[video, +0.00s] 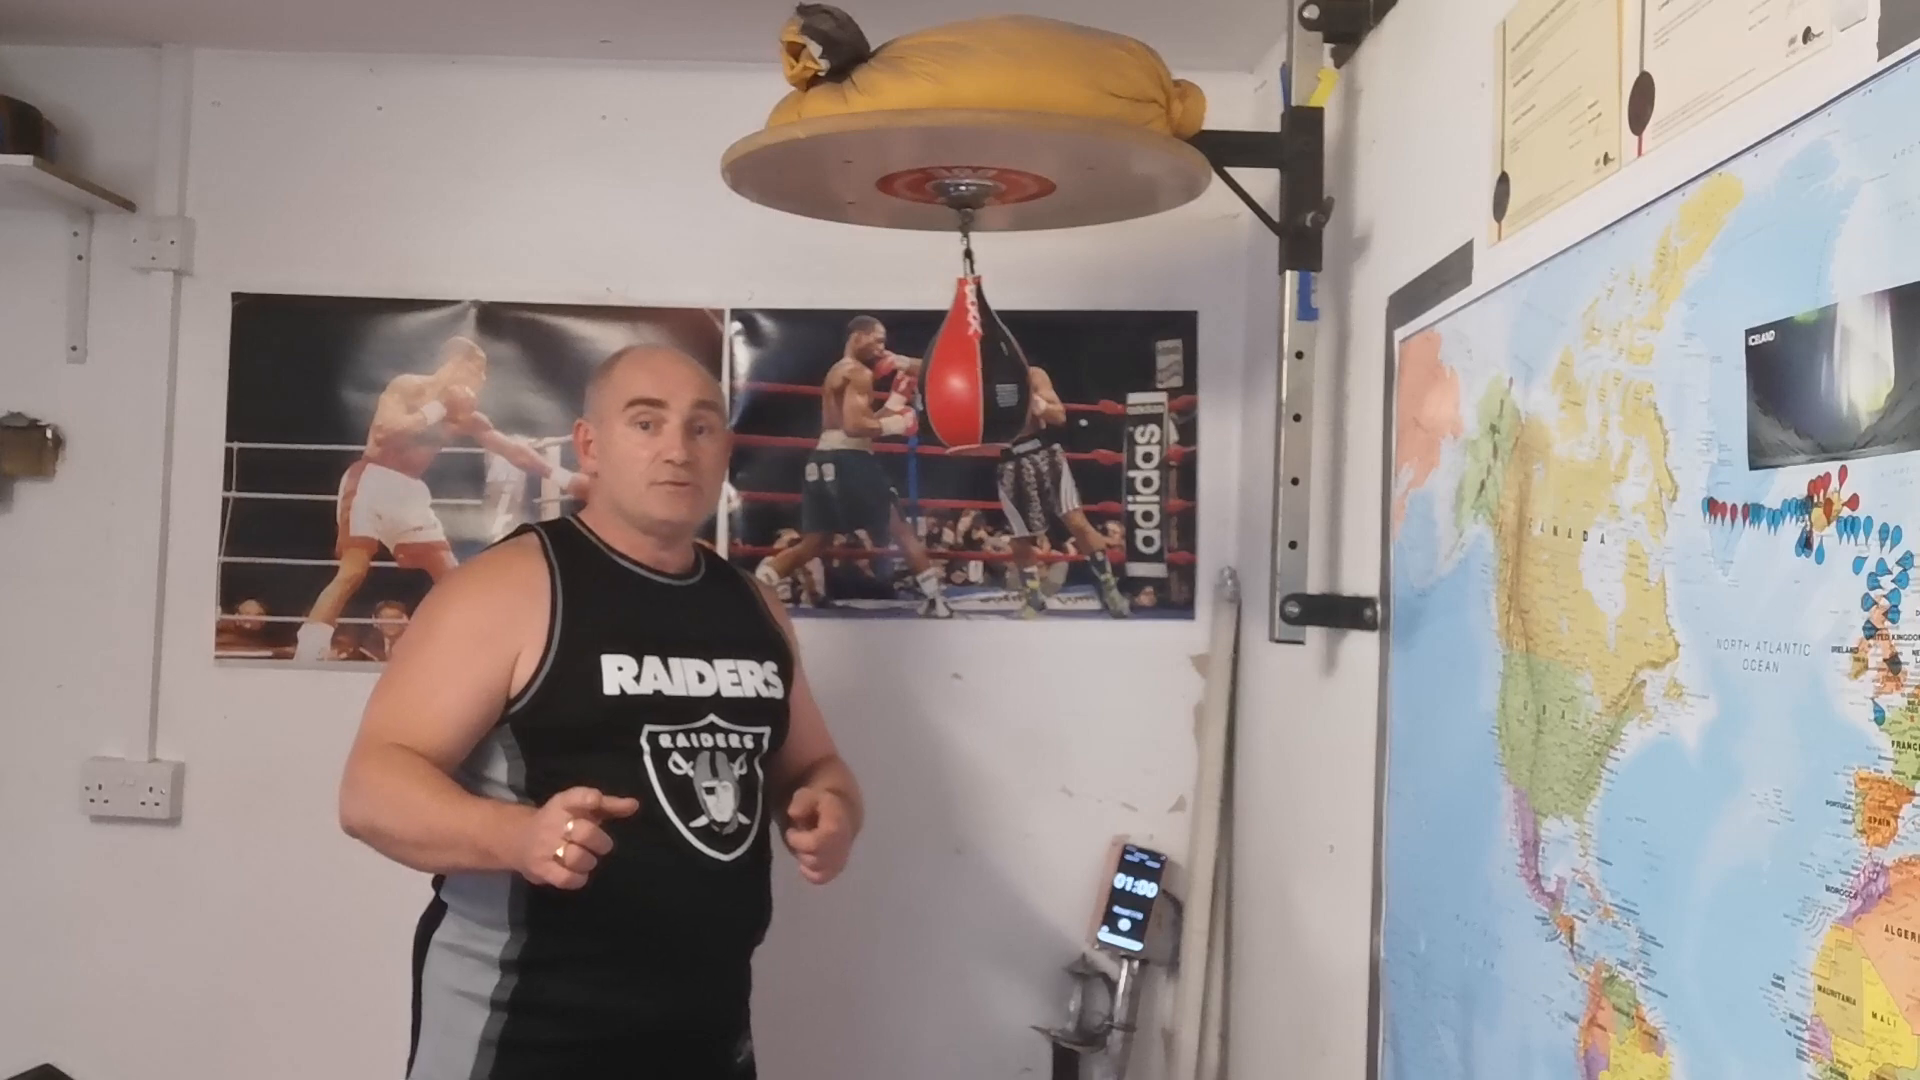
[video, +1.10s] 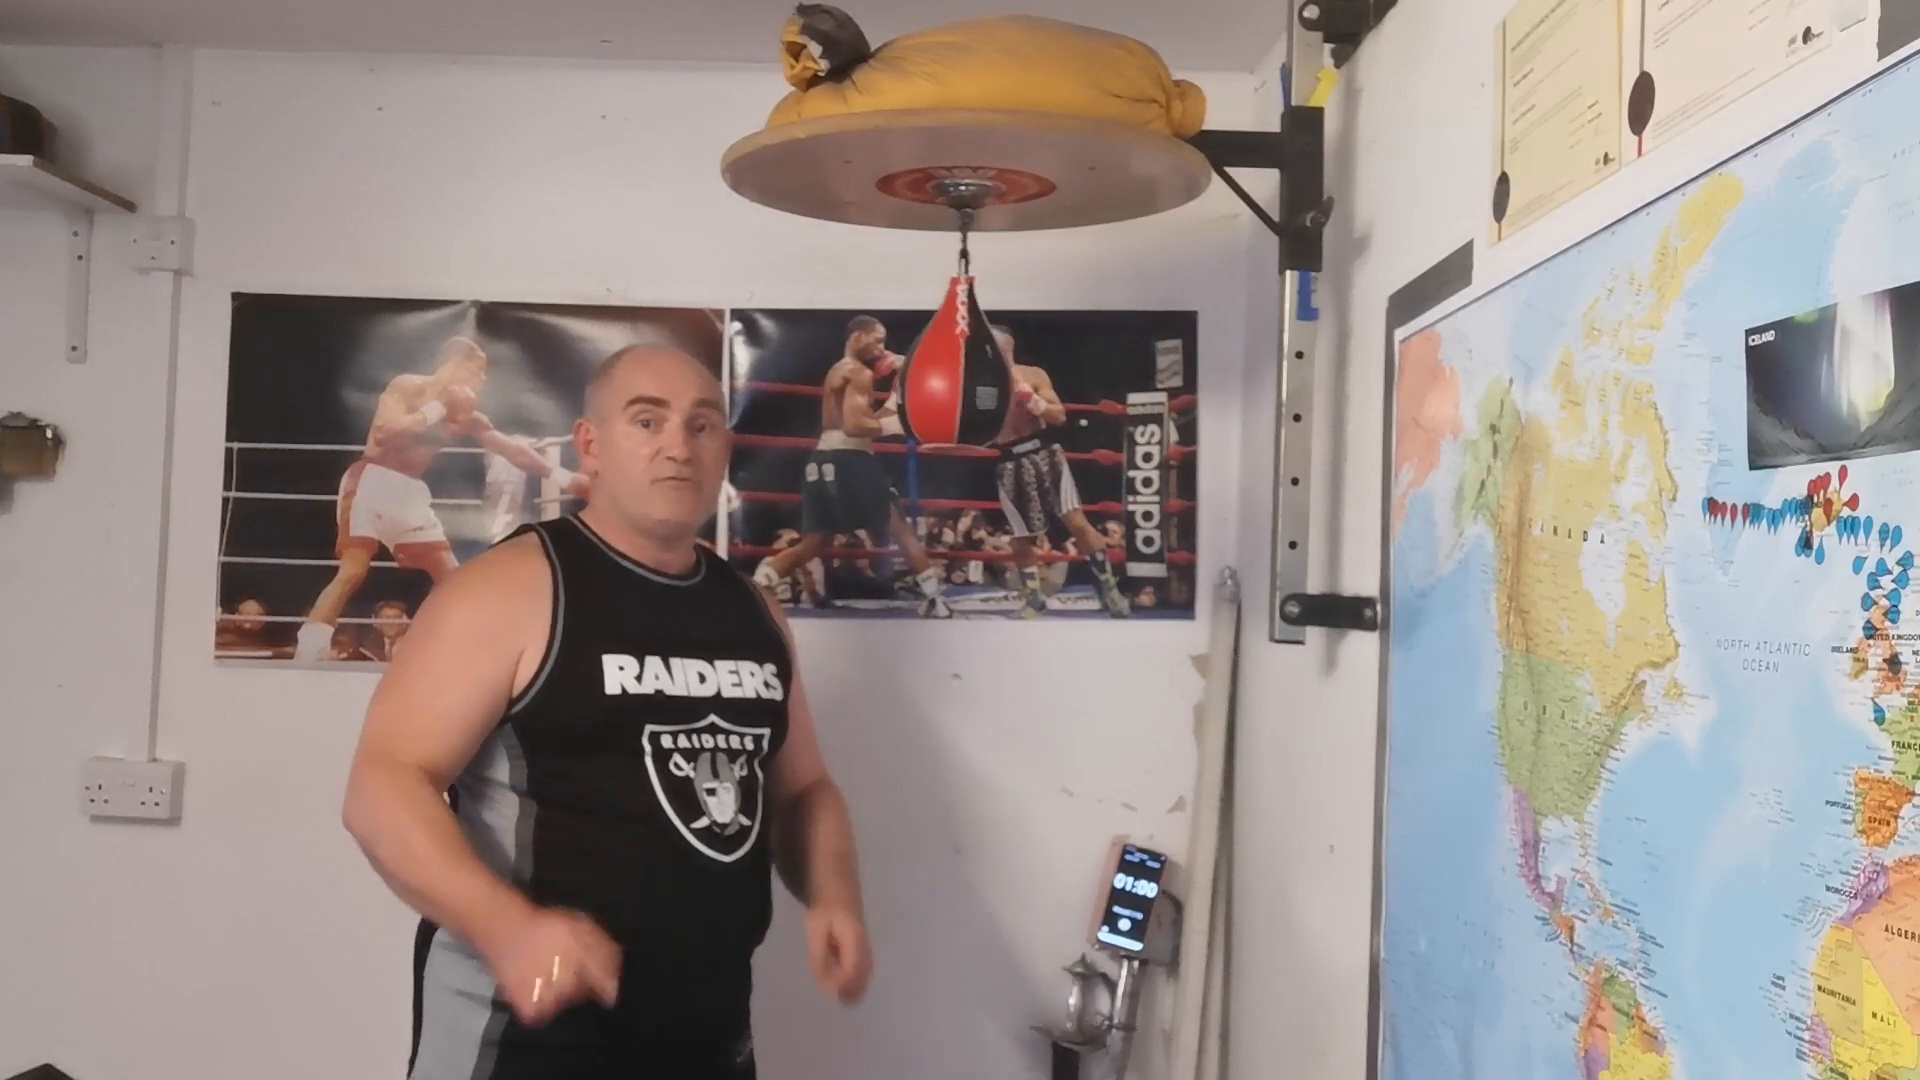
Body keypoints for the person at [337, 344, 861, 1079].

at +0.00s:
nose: (677, 449)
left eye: (701, 425)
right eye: (645, 421)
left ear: (727, 454)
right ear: (587, 445)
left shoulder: (750, 607)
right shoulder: (505, 588)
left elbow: (813, 765)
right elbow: (374, 787)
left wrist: (829, 813)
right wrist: (513, 834)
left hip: (702, 1017)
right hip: (524, 1019)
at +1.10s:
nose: (679, 446)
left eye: (702, 424)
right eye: (646, 419)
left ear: (726, 454)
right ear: (588, 445)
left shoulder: (750, 611)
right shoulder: (508, 588)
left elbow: (802, 790)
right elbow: (382, 786)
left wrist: (831, 898)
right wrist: (509, 931)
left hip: (706, 1024)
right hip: (534, 1028)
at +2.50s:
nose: (680, 442)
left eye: (701, 420)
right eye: (647, 415)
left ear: (725, 450)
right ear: (587, 444)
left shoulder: (748, 608)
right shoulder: (502, 593)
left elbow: (809, 778)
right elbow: (375, 790)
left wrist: (814, 856)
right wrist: (507, 878)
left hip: (709, 1026)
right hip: (532, 1030)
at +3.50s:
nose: (661, 447)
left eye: (682, 422)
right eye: (626, 418)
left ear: (704, 451)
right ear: (564, 444)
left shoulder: (717, 612)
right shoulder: (488, 593)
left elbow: (765, 810)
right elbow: (377, 815)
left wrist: (808, 988)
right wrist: (452, 1045)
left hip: (691, 1043)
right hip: (528, 1046)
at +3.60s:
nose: (649, 447)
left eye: (670, 422)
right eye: (615, 418)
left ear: (693, 452)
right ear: (552, 445)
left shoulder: (701, 609)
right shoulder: (478, 594)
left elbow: (749, 807)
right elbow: (370, 823)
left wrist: (790, 986)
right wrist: (439, 1052)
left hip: (682, 1044)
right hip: (518, 1047)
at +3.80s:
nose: (628, 457)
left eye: (650, 431)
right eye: (595, 427)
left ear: (675, 454)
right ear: (530, 446)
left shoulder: (675, 608)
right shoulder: (453, 602)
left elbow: (712, 803)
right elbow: (344, 836)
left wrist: (745, 1003)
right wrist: (401, 1064)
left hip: (661, 1050)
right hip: (493, 1055)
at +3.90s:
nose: (625, 458)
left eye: (647, 431)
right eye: (591, 427)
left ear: (668, 454)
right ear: (524, 447)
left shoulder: (663, 608)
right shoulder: (447, 601)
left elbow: (695, 801)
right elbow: (329, 837)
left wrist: (726, 999)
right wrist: (385, 1064)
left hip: (650, 1052)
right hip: (481, 1056)